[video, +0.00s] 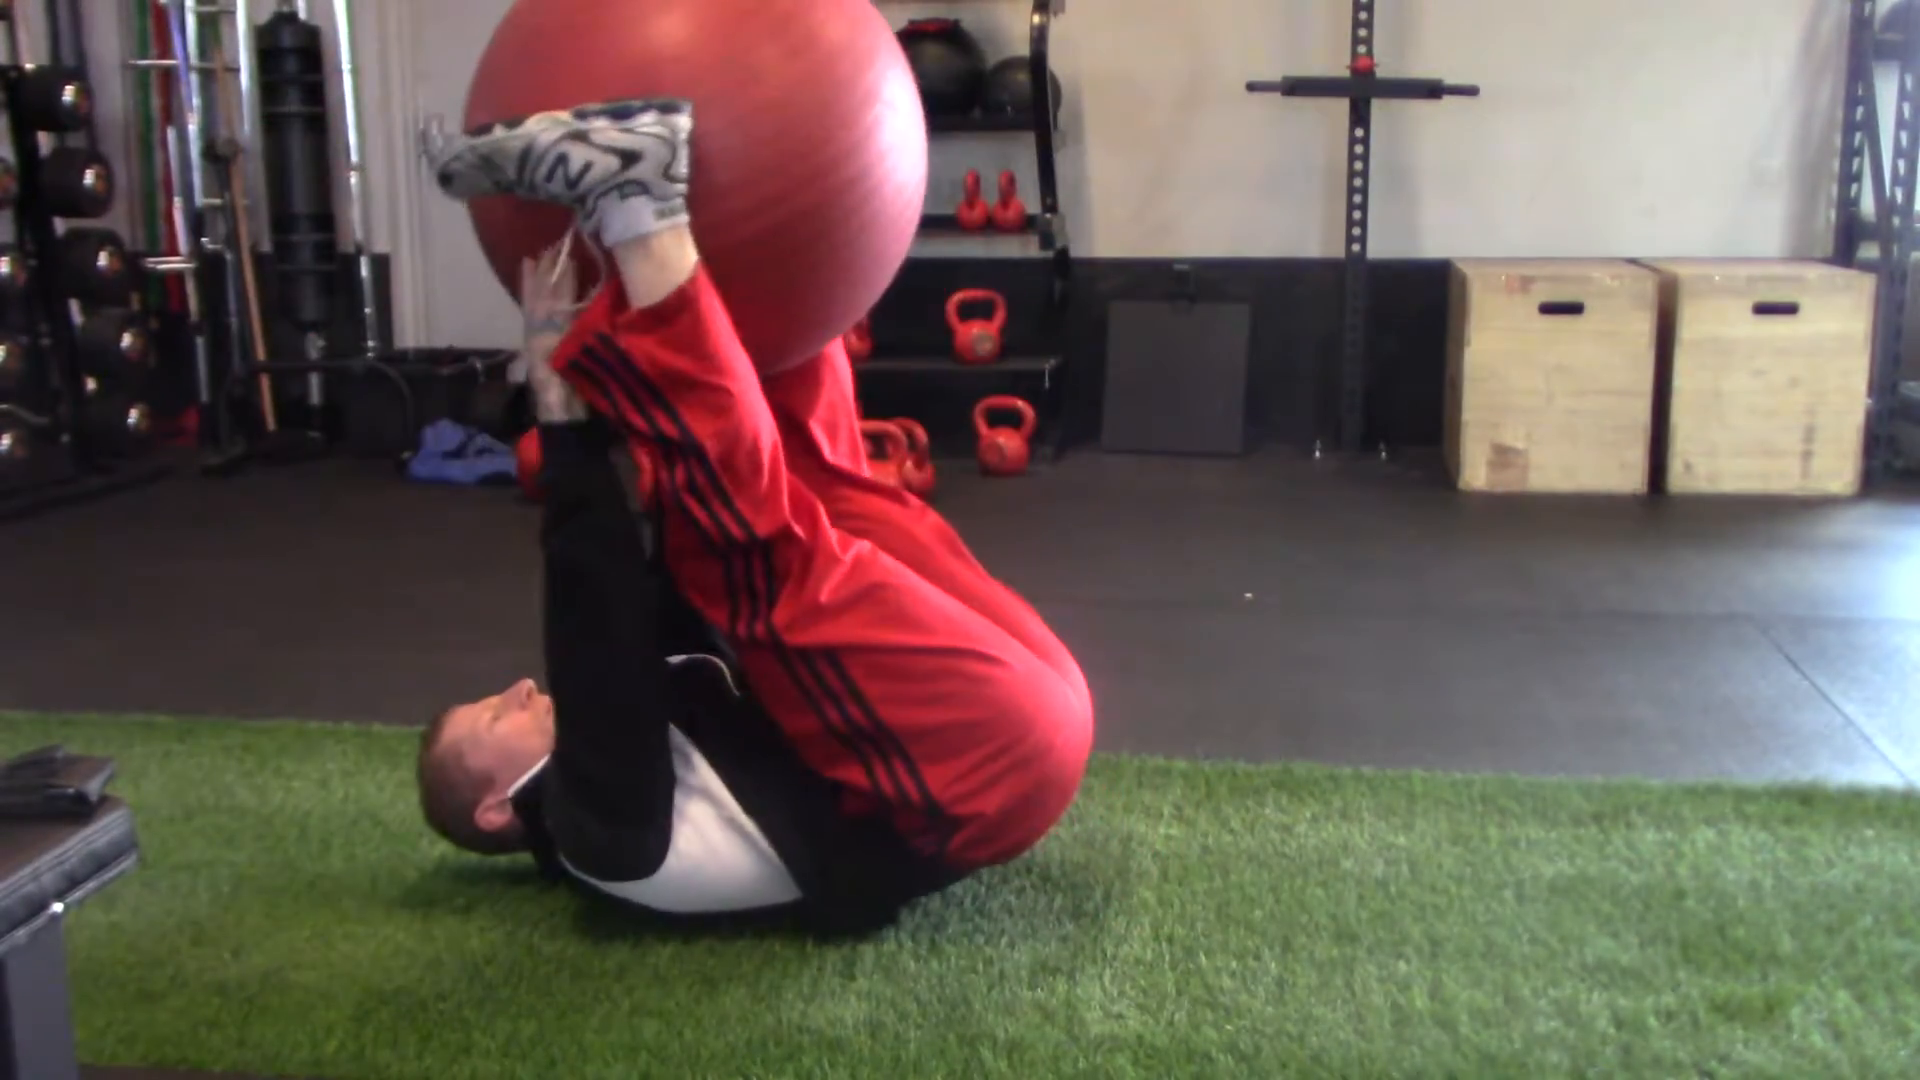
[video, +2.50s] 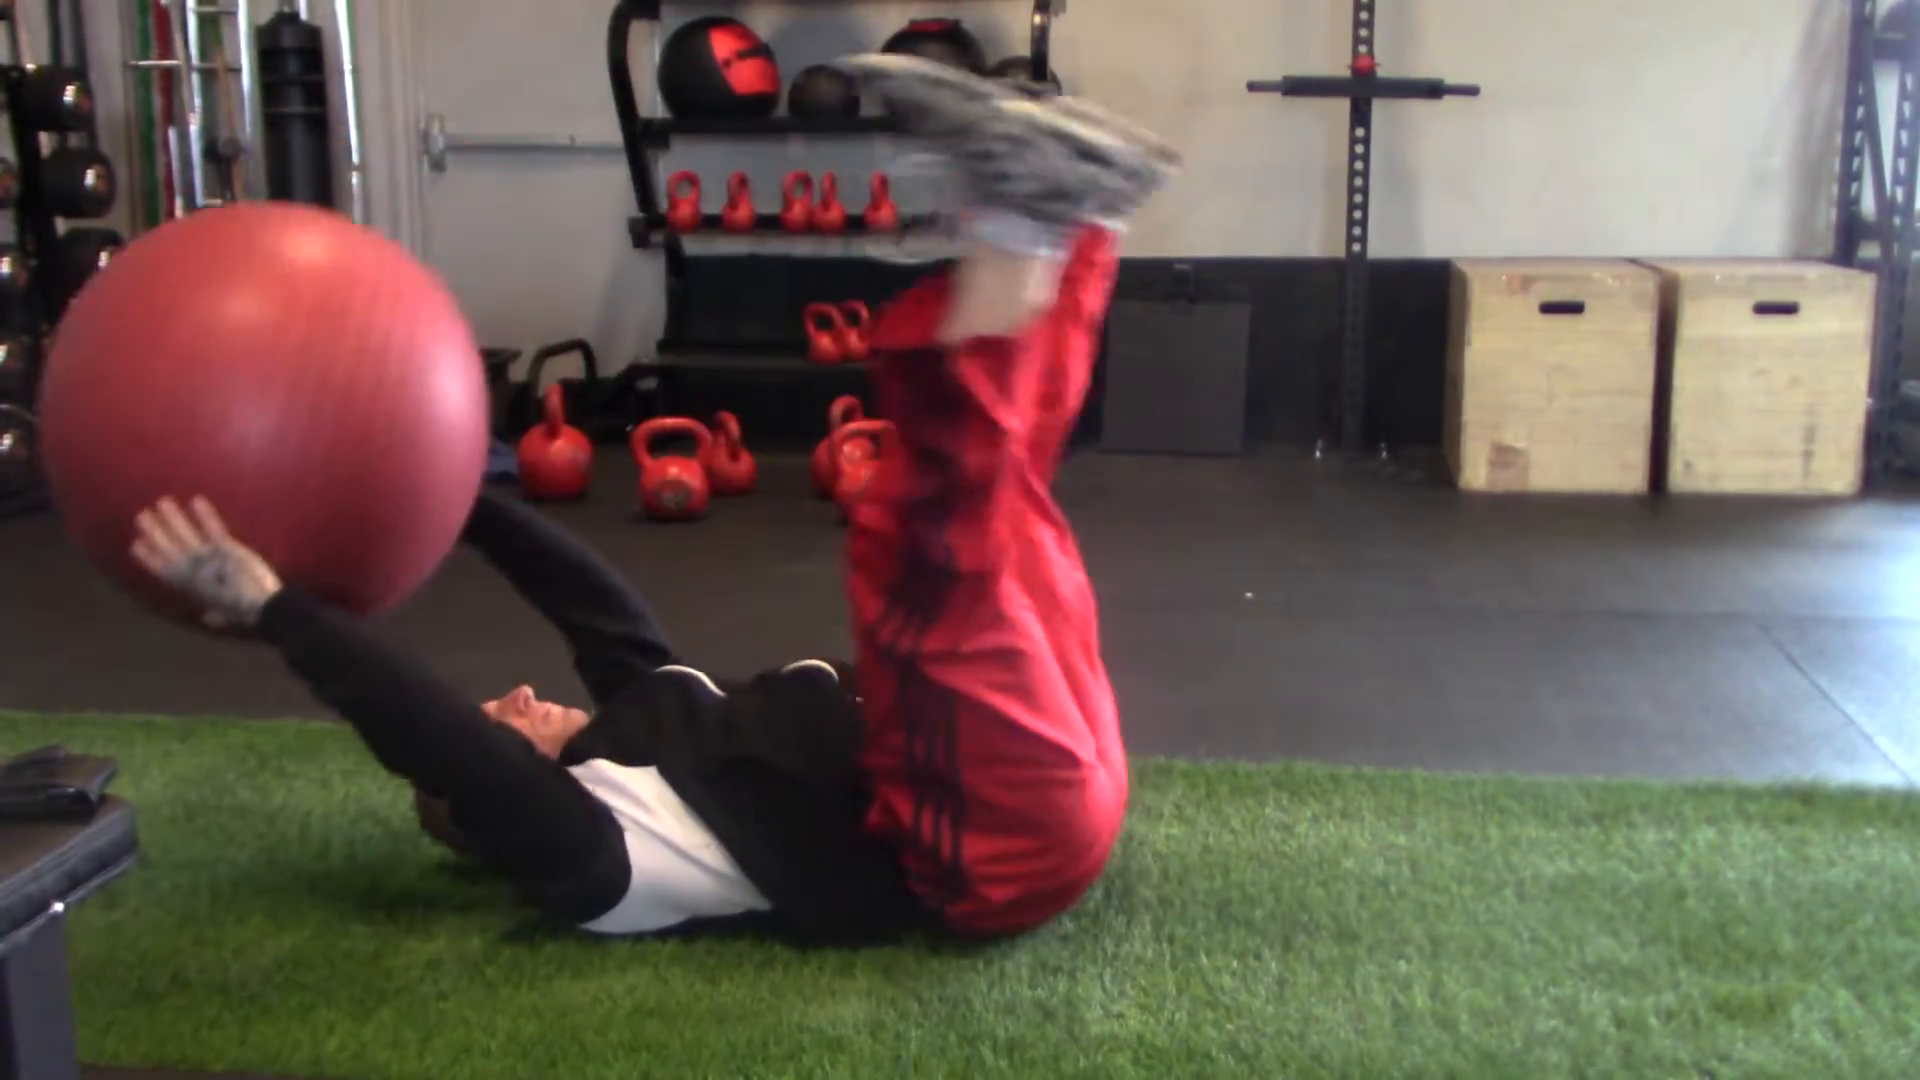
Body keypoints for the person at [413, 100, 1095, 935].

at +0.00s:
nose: (525, 688)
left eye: (507, 692)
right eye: (498, 711)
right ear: (502, 807)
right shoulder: (602, 830)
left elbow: (663, 595)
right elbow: (598, 620)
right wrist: (561, 409)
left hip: (1031, 716)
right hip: (969, 778)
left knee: (817, 491)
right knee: (751, 556)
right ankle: (640, 217)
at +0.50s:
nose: (483, 728)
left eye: (480, 720)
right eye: (466, 750)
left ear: (530, 717)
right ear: (477, 801)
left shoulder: (631, 721)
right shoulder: (583, 855)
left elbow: (515, 665)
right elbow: (407, 826)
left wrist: (373, 643)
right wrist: (207, 739)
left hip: (1007, 786)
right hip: (993, 848)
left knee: (1027, 522)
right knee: (987, 543)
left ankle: (1098, 254)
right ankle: (1132, 261)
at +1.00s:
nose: (526, 724)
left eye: (510, 723)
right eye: (500, 748)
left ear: (532, 736)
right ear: (501, 811)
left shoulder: (638, 741)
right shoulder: (622, 841)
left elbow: (496, 713)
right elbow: (428, 879)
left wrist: (382, 749)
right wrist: (227, 878)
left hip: (1021, 740)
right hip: (1020, 832)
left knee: (1260, 543)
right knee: (1242, 621)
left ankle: (1581, 538)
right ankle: (1615, 603)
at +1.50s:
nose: (512, 731)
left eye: (506, 721)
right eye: (489, 751)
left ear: (550, 718)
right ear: (496, 803)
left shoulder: (654, 720)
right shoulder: (607, 851)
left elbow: (544, 659)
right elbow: (425, 832)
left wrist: (407, 641)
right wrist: (233, 761)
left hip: (1032, 784)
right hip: (1015, 849)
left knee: (1092, 507)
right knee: (1005, 530)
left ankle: (1191, 270)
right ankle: (1207, 262)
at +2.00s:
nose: (518, 707)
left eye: (491, 716)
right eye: (489, 734)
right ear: (507, 819)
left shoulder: (670, 751)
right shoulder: (602, 856)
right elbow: (577, 659)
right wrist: (517, 459)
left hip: (1027, 701)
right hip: (970, 770)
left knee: (790, 478)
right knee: (728, 587)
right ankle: (569, 250)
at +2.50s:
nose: (521, 699)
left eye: (506, 700)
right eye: (498, 722)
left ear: (546, 722)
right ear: (498, 785)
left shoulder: (653, 710)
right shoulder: (598, 855)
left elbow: (586, 591)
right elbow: (431, 738)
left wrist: (439, 481)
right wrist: (274, 607)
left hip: (1032, 797)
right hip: (987, 848)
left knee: (993, 504)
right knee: (930, 523)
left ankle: (1063, 225)